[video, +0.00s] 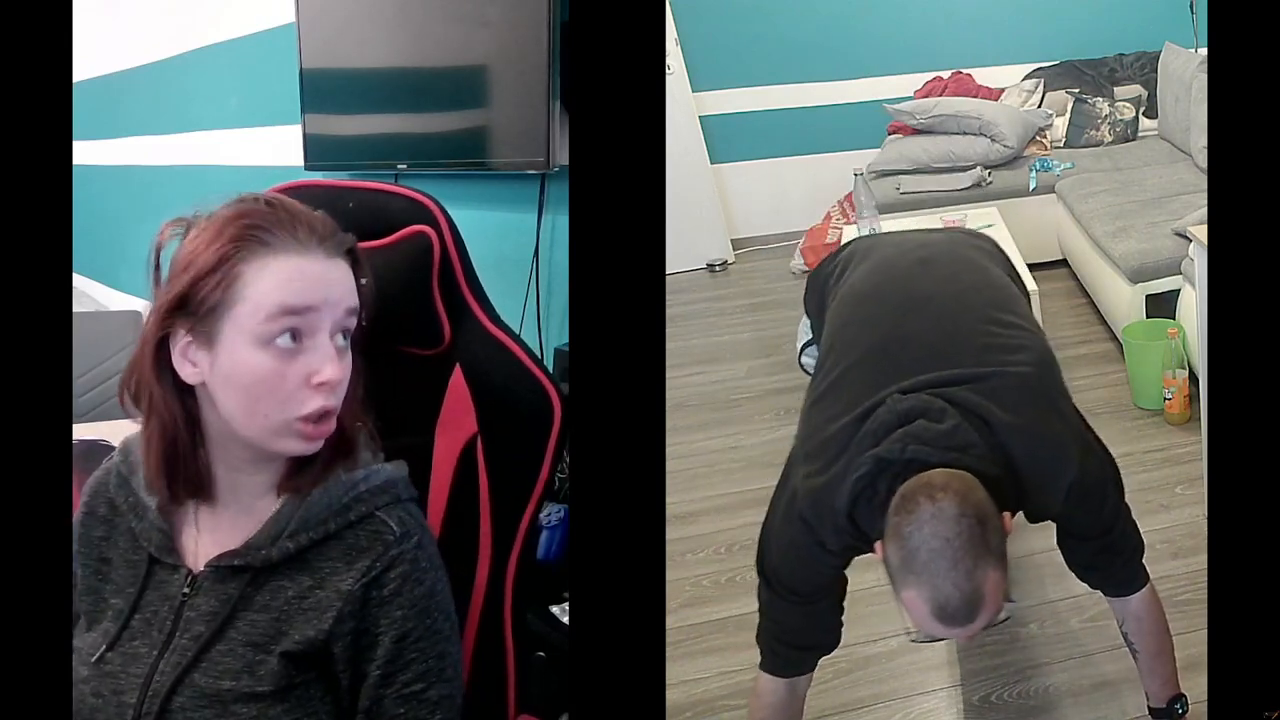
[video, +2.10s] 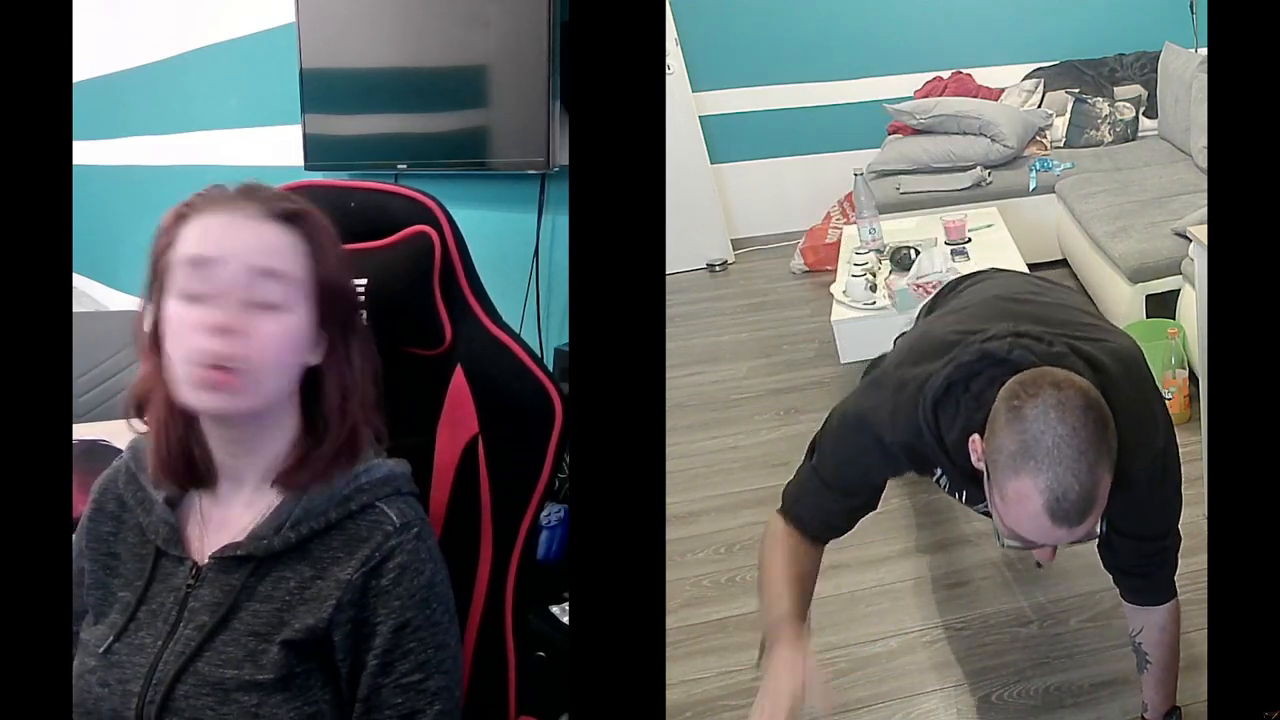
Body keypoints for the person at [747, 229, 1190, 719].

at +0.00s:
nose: (968, 643)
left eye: (986, 625)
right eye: (938, 639)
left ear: (1005, 526)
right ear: (881, 556)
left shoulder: (1064, 465)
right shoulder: (807, 522)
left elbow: (1131, 593)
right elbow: (782, 680)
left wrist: (1169, 707)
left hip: (978, 252)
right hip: (851, 266)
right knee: (829, 356)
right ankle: (816, 336)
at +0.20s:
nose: (904, 659)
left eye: (919, 640)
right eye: (873, 652)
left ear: (946, 542)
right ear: (816, 569)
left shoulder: (1023, 473)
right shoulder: (761, 526)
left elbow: (1113, 597)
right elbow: (759, 686)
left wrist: (1165, 709)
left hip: (953, 269)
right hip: (827, 282)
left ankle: (958, 547)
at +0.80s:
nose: (947, 644)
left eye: (968, 628)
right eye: (924, 632)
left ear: (1004, 532)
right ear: (875, 542)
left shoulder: (1070, 467)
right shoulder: (816, 515)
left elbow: (1125, 603)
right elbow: (775, 674)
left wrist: (1158, 712)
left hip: (1005, 285)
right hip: (887, 293)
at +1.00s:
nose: (996, 598)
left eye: (1018, 579)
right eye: (973, 582)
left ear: (1053, 490)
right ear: (927, 493)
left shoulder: (1109, 451)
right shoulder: (864, 458)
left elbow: (1136, 598)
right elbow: (772, 613)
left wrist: (1159, 712)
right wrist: (742, 717)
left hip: (1043, 287)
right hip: (925, 286)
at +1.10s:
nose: (1008, 579)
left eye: (1031, 557)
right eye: (983, 561)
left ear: (1066, 464)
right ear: (938, 472)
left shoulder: (1117, 441)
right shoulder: (870, 431)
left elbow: (1136, 594)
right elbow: (791, 552)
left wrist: (1160, 709)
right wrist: (761, 697)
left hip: (1051, 291)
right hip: (934, 289)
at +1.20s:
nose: (1009, 558)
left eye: (1031, 538)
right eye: (985, 541)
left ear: (1067, 464)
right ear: (940, 456)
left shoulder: (1118, 438)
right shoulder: (870, 414)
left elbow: (1136, 594)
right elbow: (838, 509)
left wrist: (1158, 710)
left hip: (1057, 291)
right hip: (941, 288)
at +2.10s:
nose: (1045, 556)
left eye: (1073, 542)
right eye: (1022, 537)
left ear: (1109, 469)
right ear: (980, 455)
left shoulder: (1142, 430)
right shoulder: (900, 409)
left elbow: (1152, 598)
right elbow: (796, 523)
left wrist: (1161, 708)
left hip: (1067, 293)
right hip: (952, 299)